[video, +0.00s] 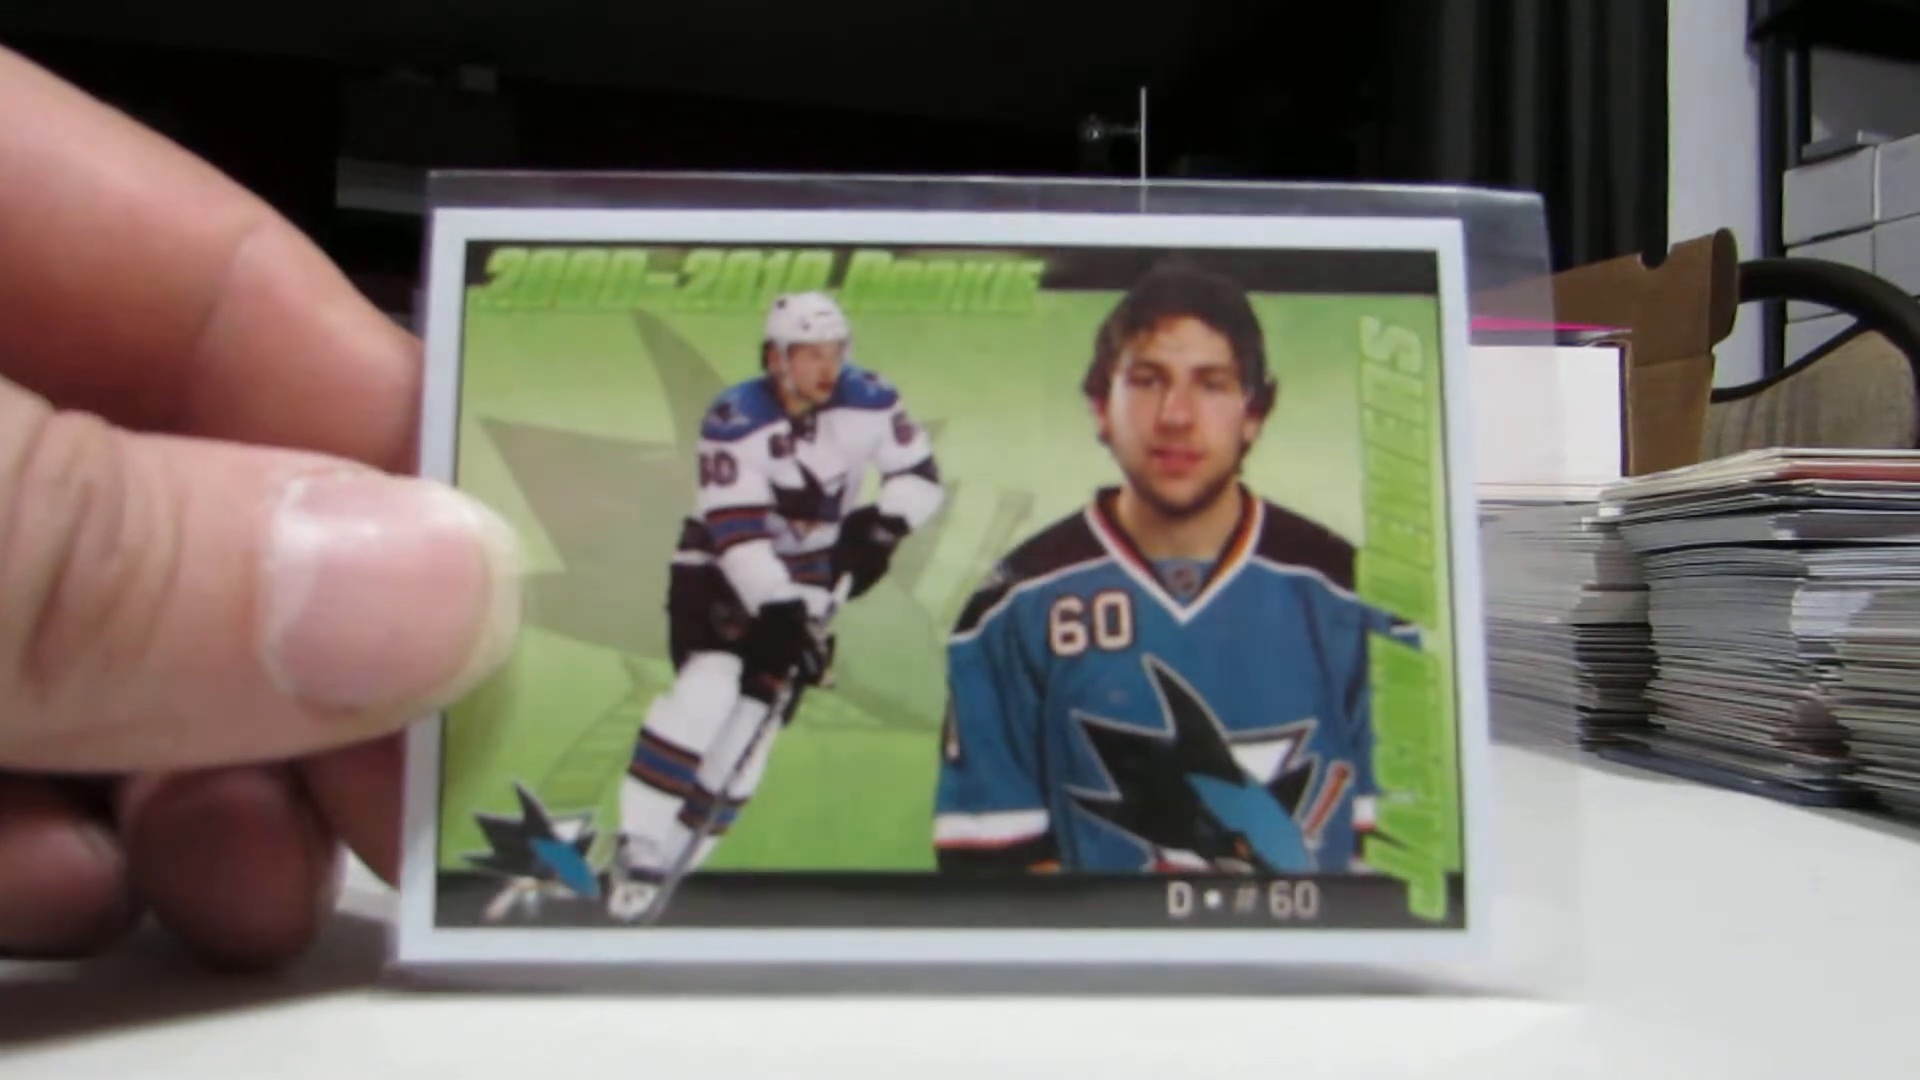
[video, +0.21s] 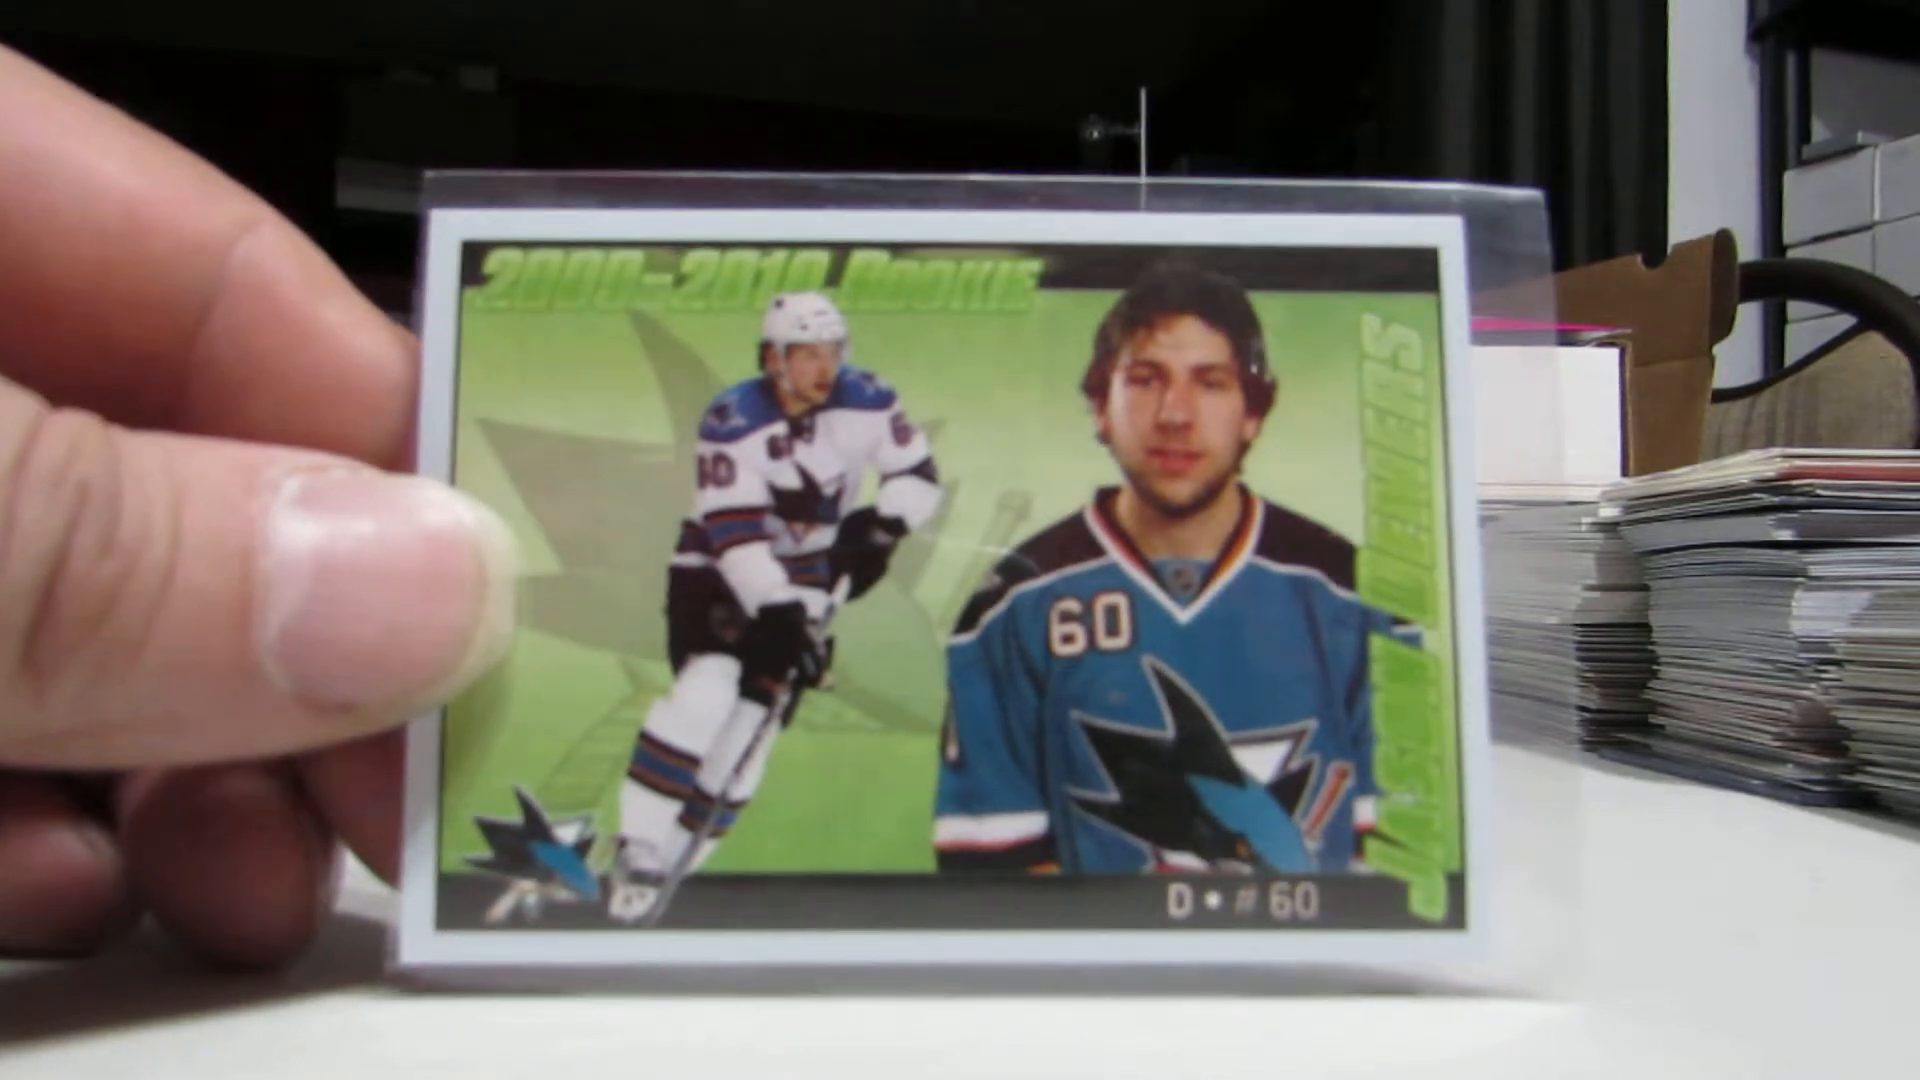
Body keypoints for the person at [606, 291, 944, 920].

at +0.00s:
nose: (828, 368)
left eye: (836, 354)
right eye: (813, 355)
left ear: (846, 354)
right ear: (777, 359)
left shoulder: (870, 403)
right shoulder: (736, 419)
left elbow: (918, 477)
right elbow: (735, 526)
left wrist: (880, 530)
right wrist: (777, 606)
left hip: (808, 578)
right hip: (723, 566)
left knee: (755, 718)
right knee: (711, 682)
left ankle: (676, 860)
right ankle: (641, 848)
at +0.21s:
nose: (825, 368)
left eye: (833, 354)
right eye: (810, 355)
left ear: (843, 354)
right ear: (775, 359)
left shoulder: (867, 403)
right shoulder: (734, 419)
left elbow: (917, 475)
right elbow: (733, 527)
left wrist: (879, 531)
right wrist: (776, 609)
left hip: (807, 578)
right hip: (722, 566)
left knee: (755, 720)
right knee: (709, 686)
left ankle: (679, 860)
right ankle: (641, 850)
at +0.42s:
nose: (825, 367)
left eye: (833, 353)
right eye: (810, 354)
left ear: (843, 353)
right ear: (774, 359)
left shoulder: (867, 401)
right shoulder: (733, 419)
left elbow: (917, 474)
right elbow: (733, 527)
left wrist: (880, 530)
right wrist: (775, 608)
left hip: (807, 577)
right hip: (721, 566)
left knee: (754, 722)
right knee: (708, 687)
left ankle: (678, 861)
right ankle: (642, 851)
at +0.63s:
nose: (825, 367)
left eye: (832, 353)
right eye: (809, 354)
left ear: (843, 352)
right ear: (774, 358)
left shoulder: (867, 401)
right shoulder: (733, 418)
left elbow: (917, 474)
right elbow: (733, 527)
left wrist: (880, 529)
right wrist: (775, 608)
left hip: (807, 578)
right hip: (720, 567)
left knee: (754, 722)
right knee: (708, 687)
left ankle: (678, 862)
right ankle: (642, 852)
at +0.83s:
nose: (823, 366)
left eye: (831, 351)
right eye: (808, 352)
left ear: (842, 351)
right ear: (773, 358)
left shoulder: (867, 400)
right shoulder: (732, 418)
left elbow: (917, 475)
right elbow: (732, 528)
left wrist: (879, 530)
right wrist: (776, 609)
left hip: (806, 578)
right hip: (720, 568)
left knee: (755, 721)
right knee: (708, 686)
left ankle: (679, 860)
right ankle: (641, 850)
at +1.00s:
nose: (824, 366)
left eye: (832, 352)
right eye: (808, 353)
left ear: (842, 352)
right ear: (773, 358)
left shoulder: (868, 401)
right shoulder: (732, 419)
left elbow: (917, 475)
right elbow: (732, 527)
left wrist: (878, 531)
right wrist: (776, 609)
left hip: (807, 578)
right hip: (720, 567)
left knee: (754, 722)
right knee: (708, 687)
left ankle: (680, 860)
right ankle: (640, 849)